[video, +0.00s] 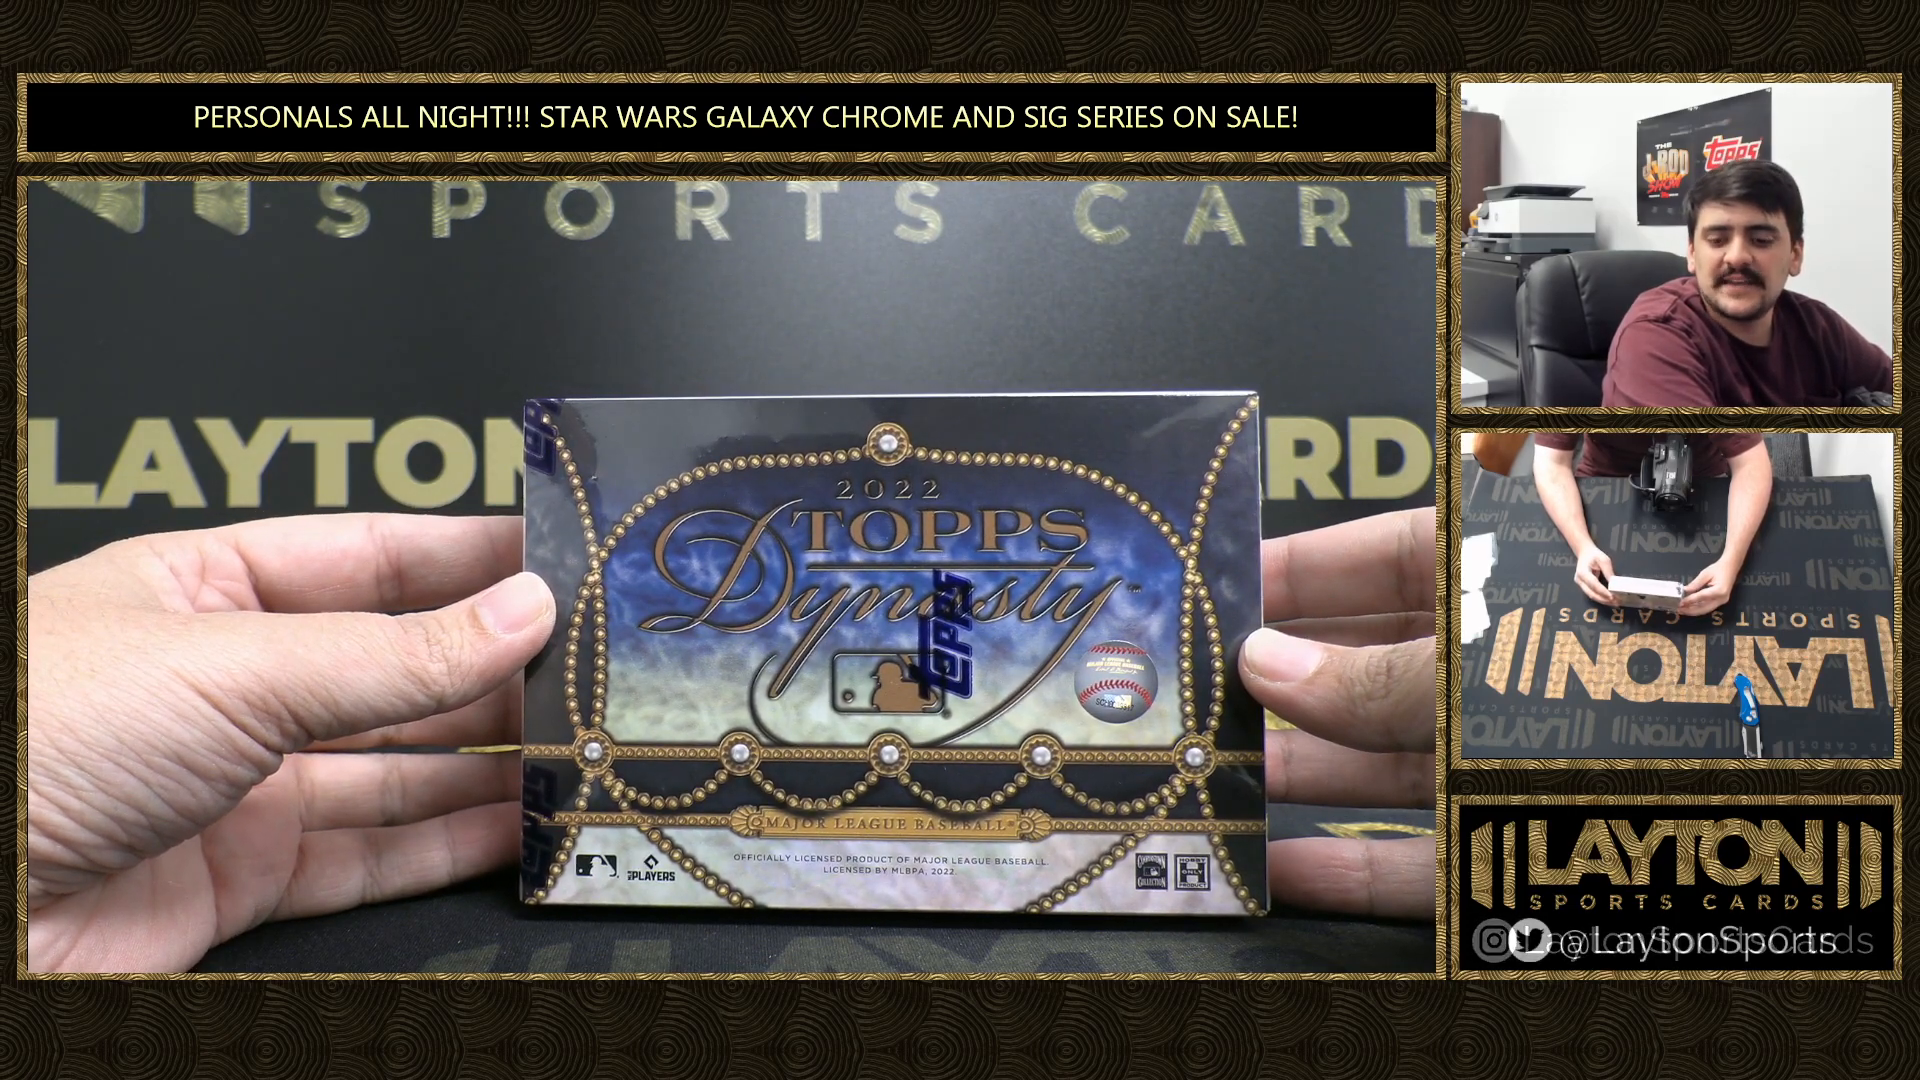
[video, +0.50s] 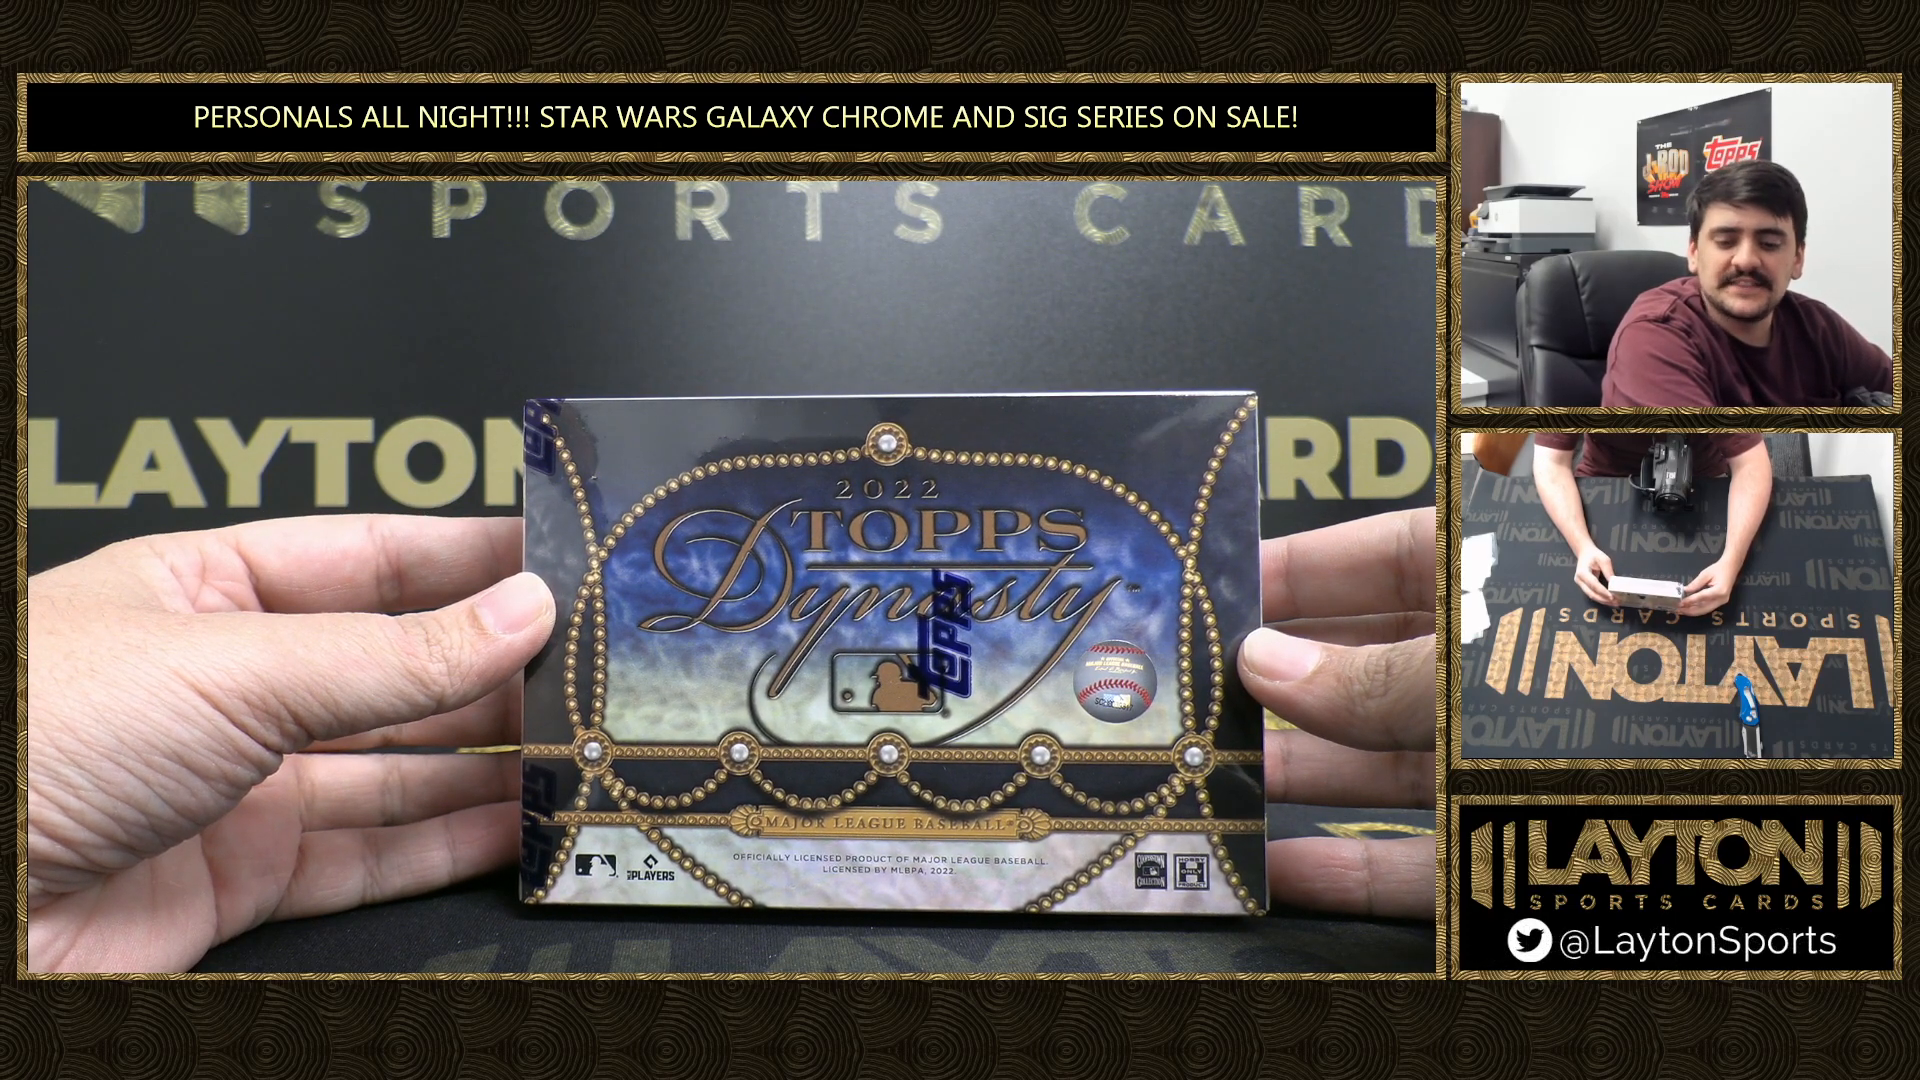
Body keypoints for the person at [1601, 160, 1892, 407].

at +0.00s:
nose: (1737, 257)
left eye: (1761, 239)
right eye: (1718, 238)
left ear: (1795, 256)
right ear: (1691, 253)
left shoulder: (1817, 328)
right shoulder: (1655, 333)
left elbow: (1897, 389)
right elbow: (1746, 461)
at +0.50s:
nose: (1746, 260)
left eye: (1769, 243)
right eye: (1726, 241)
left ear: (1798, 258)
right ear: (1693, 252)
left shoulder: (1818, 329)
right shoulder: (1655, 333)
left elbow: (1897, 388)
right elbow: (1746, 462)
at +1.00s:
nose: (1749, 252)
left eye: (1771, 235)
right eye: (1729, 233)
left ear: (1800, 256)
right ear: (1696, 251)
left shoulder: (1818, 329)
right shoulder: (1656, 333)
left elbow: (1896, 387)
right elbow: (1746, 460)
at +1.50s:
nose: (1749, 251)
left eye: (1771, 234)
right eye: (1728, 232)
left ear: (1799, 255)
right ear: (1695, 250)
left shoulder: (1818, 329)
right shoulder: (1656, 332)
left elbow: (1896, 388)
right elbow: (1746, 460)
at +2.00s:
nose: (1749, 249)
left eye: (1770, 232)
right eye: (1727, 232)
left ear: (1797, 255)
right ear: (1694, 251)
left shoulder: (1817, 329)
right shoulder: (1656, 333)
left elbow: (1897, 389)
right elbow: (1746, 461)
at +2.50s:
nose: (1748, 249)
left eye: (1770, 232)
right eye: (1728, 231)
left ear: (1798, 255)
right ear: (1695, 251)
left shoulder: (1817, 328)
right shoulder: (1657, 333)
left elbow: (1896, 387)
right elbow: (1747, 461)